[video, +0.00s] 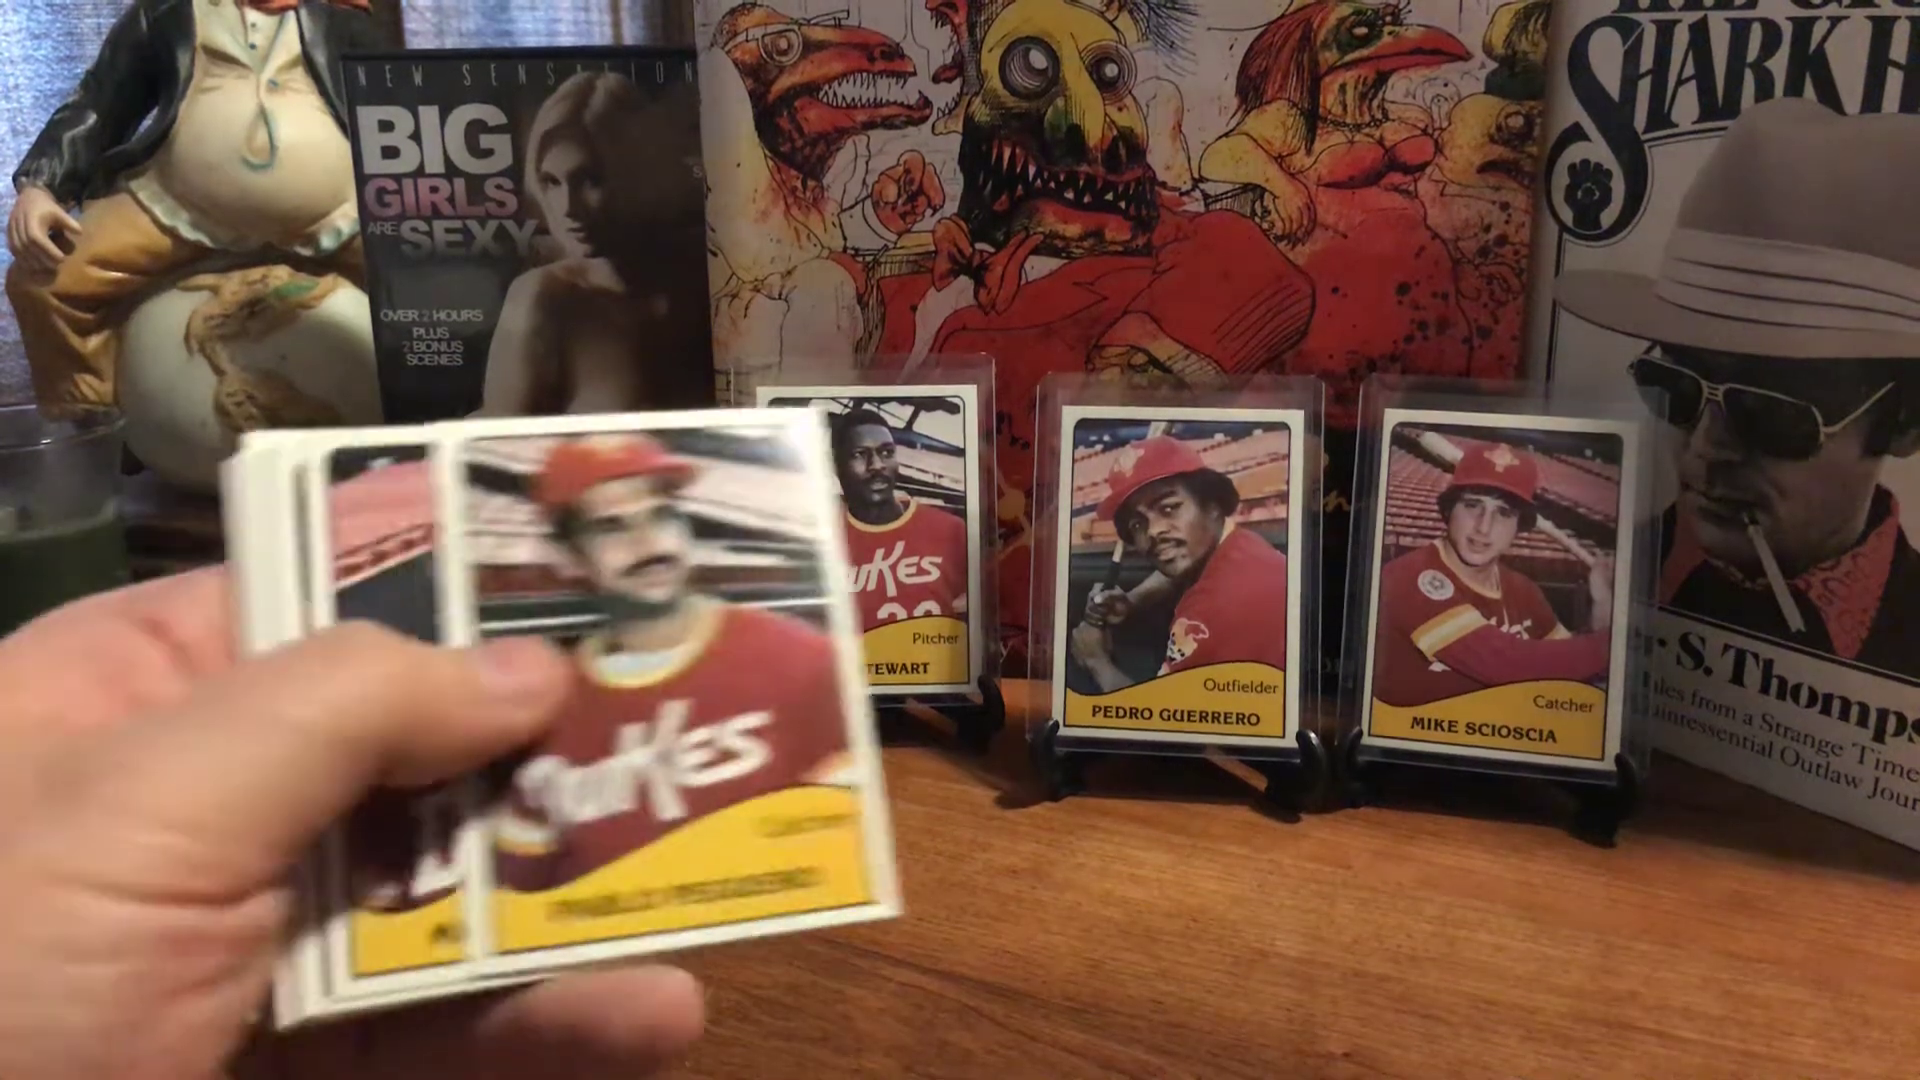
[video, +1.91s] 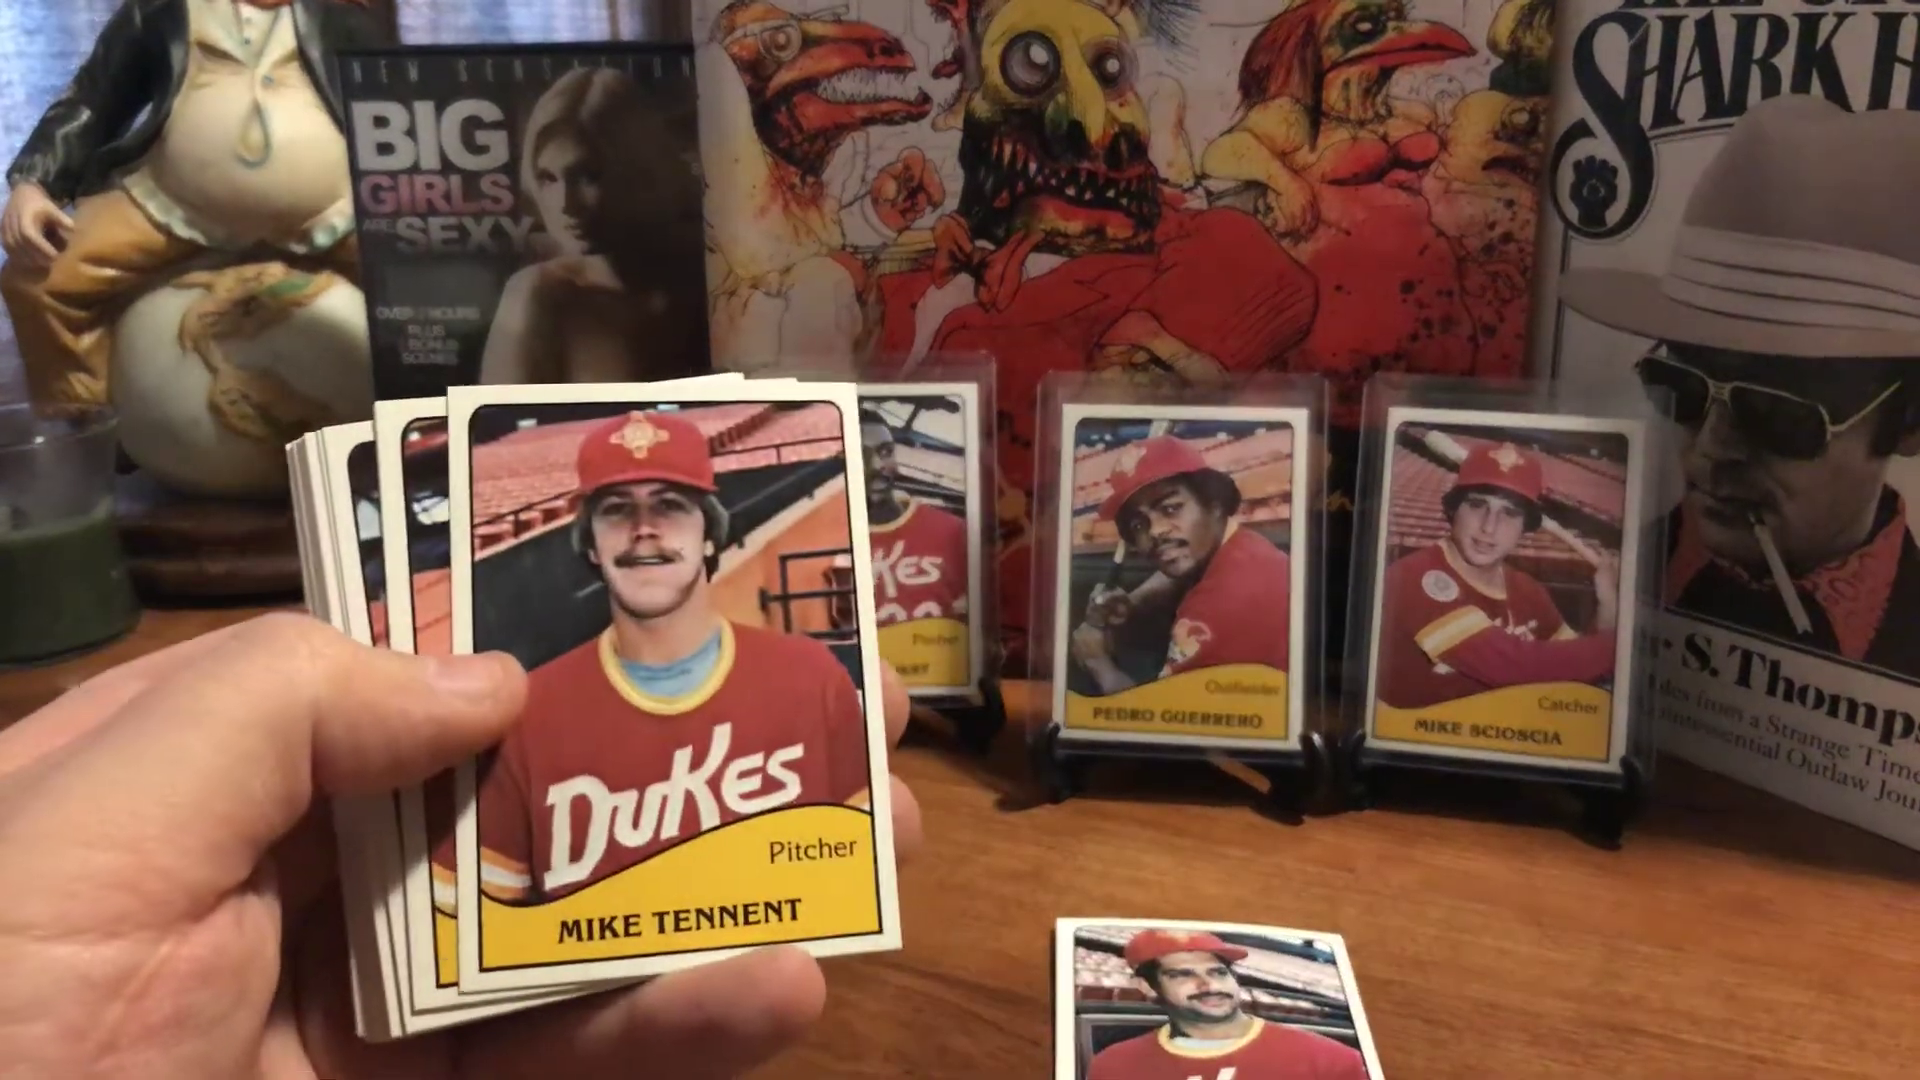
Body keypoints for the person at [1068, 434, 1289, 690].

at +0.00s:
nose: (1155, 530)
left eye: (1169, 508)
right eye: (1139, 524)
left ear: (1213, 507)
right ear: (1134, 541)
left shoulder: (1210, 609)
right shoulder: (1247, 544)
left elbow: (1160, 721)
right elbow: (1183, 566)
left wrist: (1097, 661)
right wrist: (1132, 602)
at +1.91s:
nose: (1156, 531)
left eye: (1171, 508)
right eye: (1140, 523)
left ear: (1215, 503)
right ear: (1133, 540)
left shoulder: (1212, 607)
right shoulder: (1252, 546)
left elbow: (1160, 719)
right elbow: (1186, 564)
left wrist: (1098, 663)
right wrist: (1133, 603)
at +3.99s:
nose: (1156, 530)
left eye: (1170, 508)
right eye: (1140, 522)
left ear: (1213, 504)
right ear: (1133, 539)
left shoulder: (1212, 605)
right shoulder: (1248, 544)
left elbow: (1160, 720)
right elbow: (1185, 564)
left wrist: (1098, 662)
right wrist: (1132, 602)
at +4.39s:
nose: (1156, 531)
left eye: (1170, 508)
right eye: (1140, 522)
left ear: (1214, 504)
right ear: (1133, 540)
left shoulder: (1212, 605)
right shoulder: (1248, 544)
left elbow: (1159, 720)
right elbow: (1184, 565)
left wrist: (1098, 662)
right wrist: (1132, 603)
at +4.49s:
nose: (1156, 531)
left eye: (1170, 508)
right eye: (1140, 522)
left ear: (1214, 504)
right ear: (1133, 540)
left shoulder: (1213, 605)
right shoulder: (1248, 545)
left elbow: (1159, 720)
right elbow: (1184, 565)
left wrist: (1098, 662)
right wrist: (1132, 603)